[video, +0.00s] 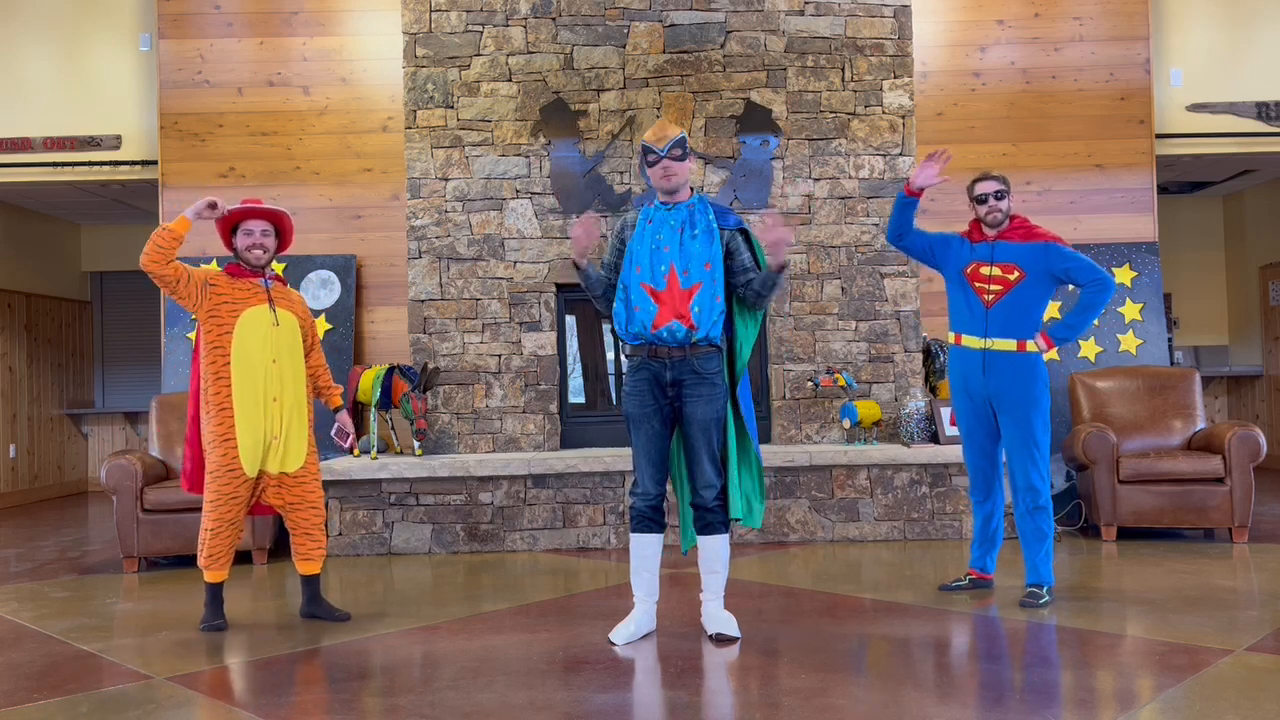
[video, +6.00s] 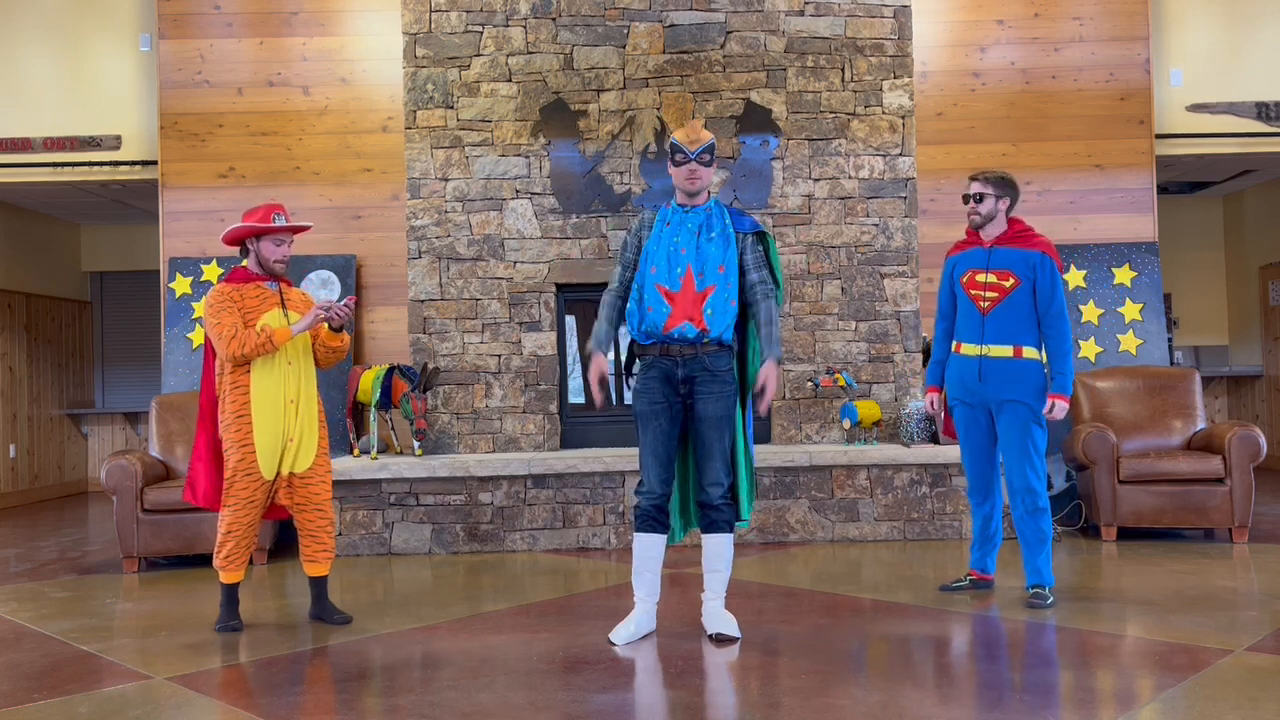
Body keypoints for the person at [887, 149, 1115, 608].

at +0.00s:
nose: (993, 205)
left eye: (1000, 196)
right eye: (984, 199)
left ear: (1012, 200)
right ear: (973, 208)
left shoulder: (1042, 248)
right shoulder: (954, 248)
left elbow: (1101, 283)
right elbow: (901, 236)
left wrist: (1055, 335)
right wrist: (912, 190)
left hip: (1020, 372)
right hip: (966, 372)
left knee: (1029, 479)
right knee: (982, 477)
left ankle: (1039, 581)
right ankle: (982, 571)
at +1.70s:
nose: (1007, 202)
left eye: (1014, 193)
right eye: (997, 196)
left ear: (1027, 195)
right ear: (987, 203)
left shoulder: (1059, 246)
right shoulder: (970, 245)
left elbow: (1120, 285)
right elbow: (918, 257)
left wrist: (1072, 336)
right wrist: (908, 240)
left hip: (1035, 375)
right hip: (979, 375)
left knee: (1038, 480)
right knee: (983, 479)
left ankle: (1040, 581)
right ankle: (981, 572)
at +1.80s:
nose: (1010, 200)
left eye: (1017, 192)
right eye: (1000, 195)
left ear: (1031, 196)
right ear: (990, 202)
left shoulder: (1062, 246)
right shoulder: (976, 245)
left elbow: (1122, 285)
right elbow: (927, 269)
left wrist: (1072, 336)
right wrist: (916, 283)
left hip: (1036, 375)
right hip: (980, 374)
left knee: (1038, 482)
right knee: (983, 478)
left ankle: (1040, 581)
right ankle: (981, 572)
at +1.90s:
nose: (1016, 199)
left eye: (1024, 191)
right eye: (1007, 192)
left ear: (1035, 197)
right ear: (994, 200)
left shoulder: (1065, 247)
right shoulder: (975, 249)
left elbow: (1124, 286)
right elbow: (927, 296)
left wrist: (1075, 338)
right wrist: (939, 346)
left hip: (1039, 380)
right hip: (983, 379)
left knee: (1039, 485)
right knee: (984, 481)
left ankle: (1040, 582)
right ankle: (981, 572)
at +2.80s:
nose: (978, 203)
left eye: (984, 195)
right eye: (968, 198)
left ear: (998, 200)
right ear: (960, 209)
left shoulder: (1030, 253)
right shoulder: (952, 263)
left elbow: (1069, 313)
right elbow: (939, 329)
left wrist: (1085, 377)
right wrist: (923, 389)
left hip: (1020, 387)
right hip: (969, 388)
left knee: (1028, 484)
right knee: (984, 484)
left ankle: (1039, 582)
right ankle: (982, 572)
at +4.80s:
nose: (996, 201)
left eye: (1004, 194)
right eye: (988, 194)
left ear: (1016, 201)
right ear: (977, 201)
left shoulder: (1040, 253)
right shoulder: (959, 256)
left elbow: (1059, 324)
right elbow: (947, 326)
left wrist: (1068, 384)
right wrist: (937, 384)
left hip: (1027, 389)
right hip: (973, 391)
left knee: (1032, 486)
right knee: (985, 484)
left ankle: (1040, 581)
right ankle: (982, 571)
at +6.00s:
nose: (969, 206)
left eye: (978, 198)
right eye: (967, 199)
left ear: (1004, 203)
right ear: (969, 205)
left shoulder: (1036, 254)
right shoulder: (957, 256)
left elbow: (1057, 325)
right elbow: (944, 326)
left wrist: (1062, 385)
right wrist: (934, 381)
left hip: (1019, 389)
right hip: (967, 391)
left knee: (1026, 486)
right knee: (981, 485)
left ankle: (1039, 581)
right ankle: (982, 572)